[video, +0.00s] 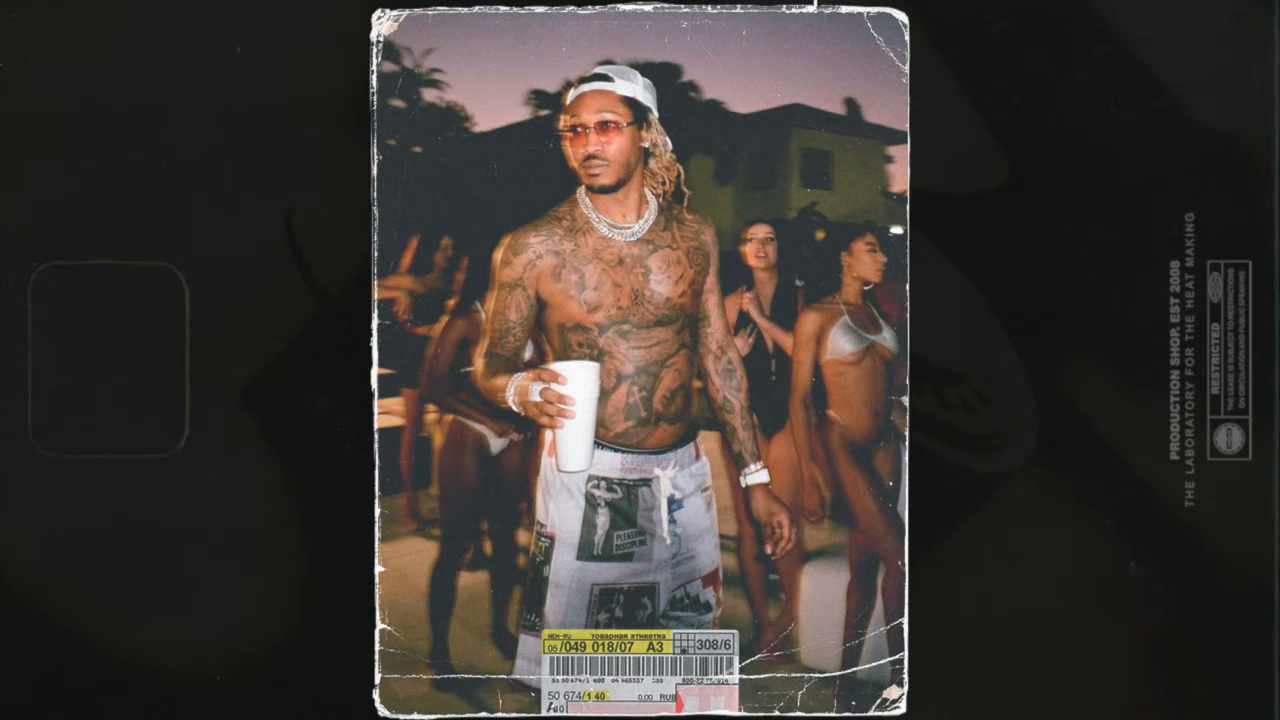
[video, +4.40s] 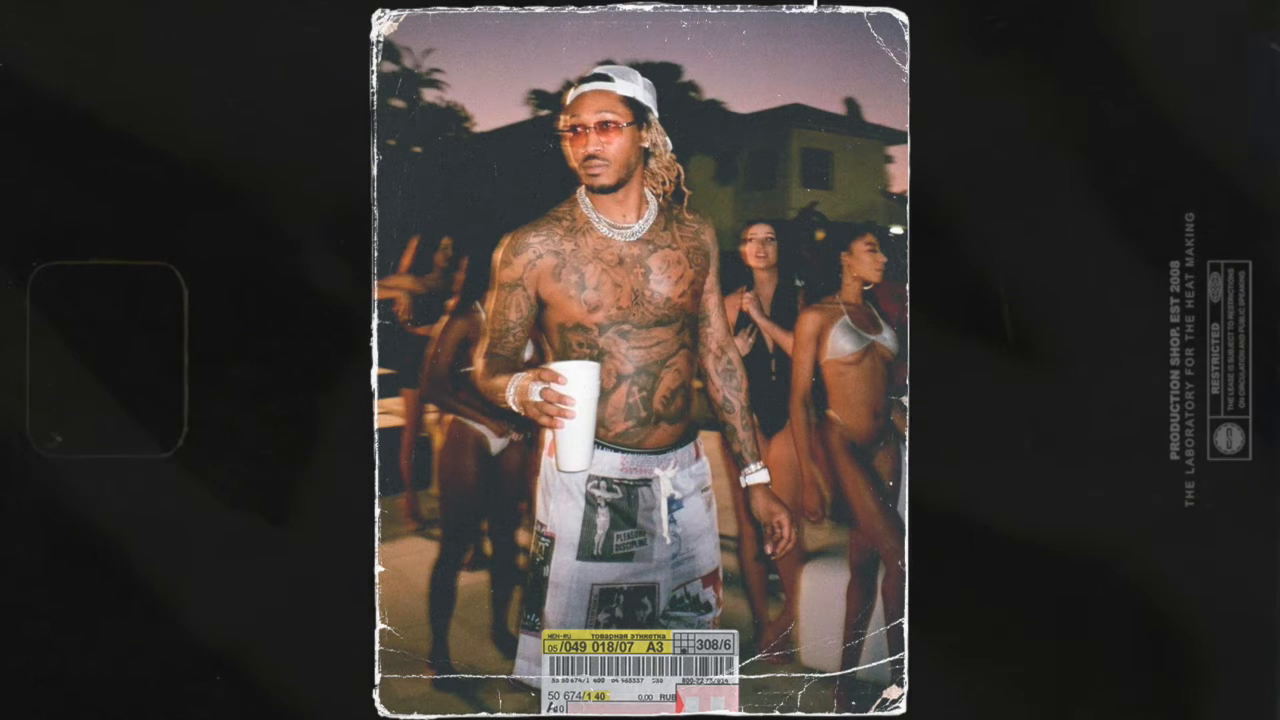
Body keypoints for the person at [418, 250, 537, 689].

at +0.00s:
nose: (516, 286)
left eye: (523, 278)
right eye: (509, 276)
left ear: (531, 287)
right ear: (495, 277)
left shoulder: (531, 331)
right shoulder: (466, 322)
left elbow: (543, 385)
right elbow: (435, 387)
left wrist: (529, 421)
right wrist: (489, 421)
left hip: (514, 445)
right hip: (465, 441)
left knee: (506, 541)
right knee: (456, 544)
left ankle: (501, 628)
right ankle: (439, 649)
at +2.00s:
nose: (514, 285)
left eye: (521, 277)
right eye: (507, 275)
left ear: (531, 286)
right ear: (493, 276)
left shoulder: (531, 330)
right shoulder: (466, 321)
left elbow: (544, 384)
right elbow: (434, 387)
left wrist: (530, 420)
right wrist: (490, 421)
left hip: (515, 445)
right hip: (465, 441)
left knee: (506, 541)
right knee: (456, 543)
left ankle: (501, 628)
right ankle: (439, 648)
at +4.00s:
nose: (516, 281)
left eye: (523, 273)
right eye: (510, 271)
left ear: (532, 281)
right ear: (496, 273)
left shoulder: (531, 328)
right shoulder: (467, 319)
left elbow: (544, 383)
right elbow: (435, 387)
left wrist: (529, 420)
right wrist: (491, 421)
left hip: (515, 444)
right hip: (465, 440)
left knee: (506, 541)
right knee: (455, 544)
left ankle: (501, 627)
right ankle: (439, 650)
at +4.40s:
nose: (517, 287)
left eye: (524, 280)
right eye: (510, 277)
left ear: (533, 289)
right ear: (495, 278)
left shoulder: (532, 332)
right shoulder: (466, 322)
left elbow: (543, 385)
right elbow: (434, 387)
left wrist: (529, 421)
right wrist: (489, 421)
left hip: (514, 446)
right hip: (465, 441)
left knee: (506, 541)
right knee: (456, 544)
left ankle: (501, 627)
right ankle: (439, 648)